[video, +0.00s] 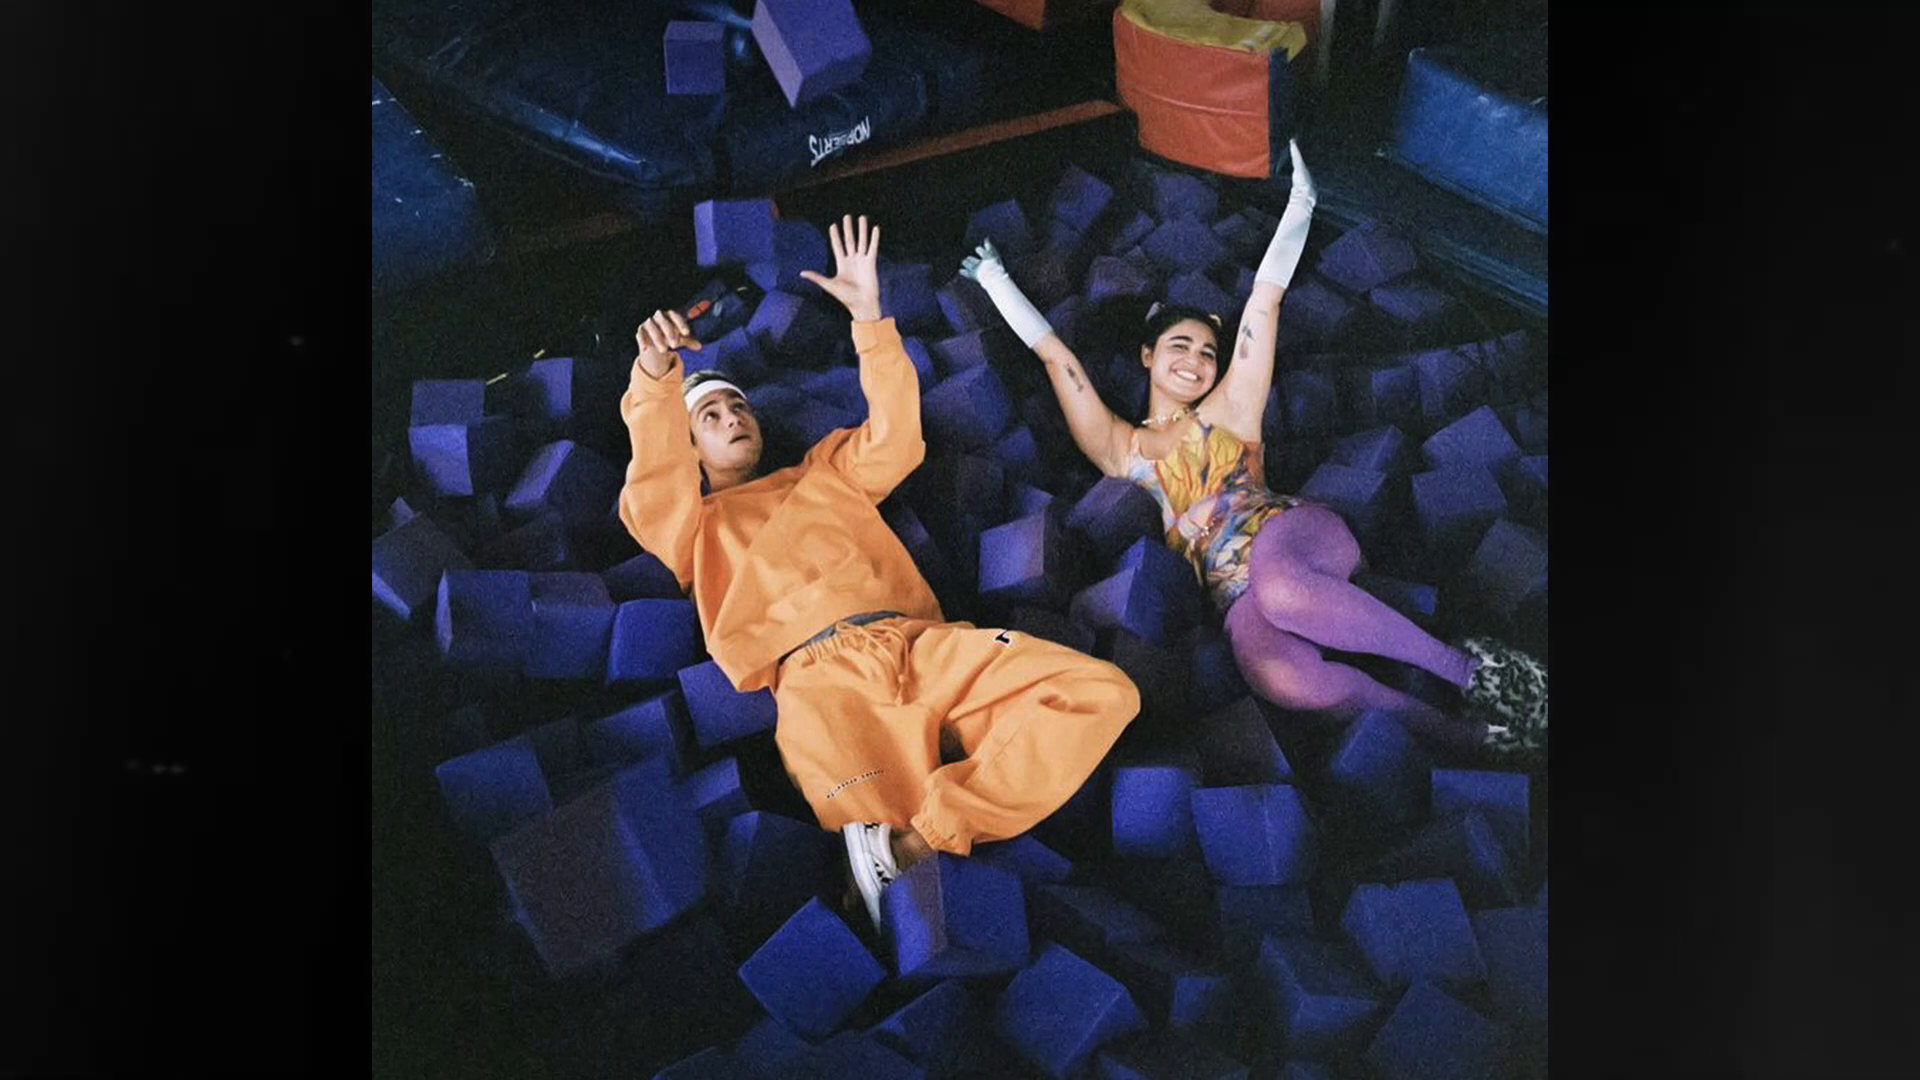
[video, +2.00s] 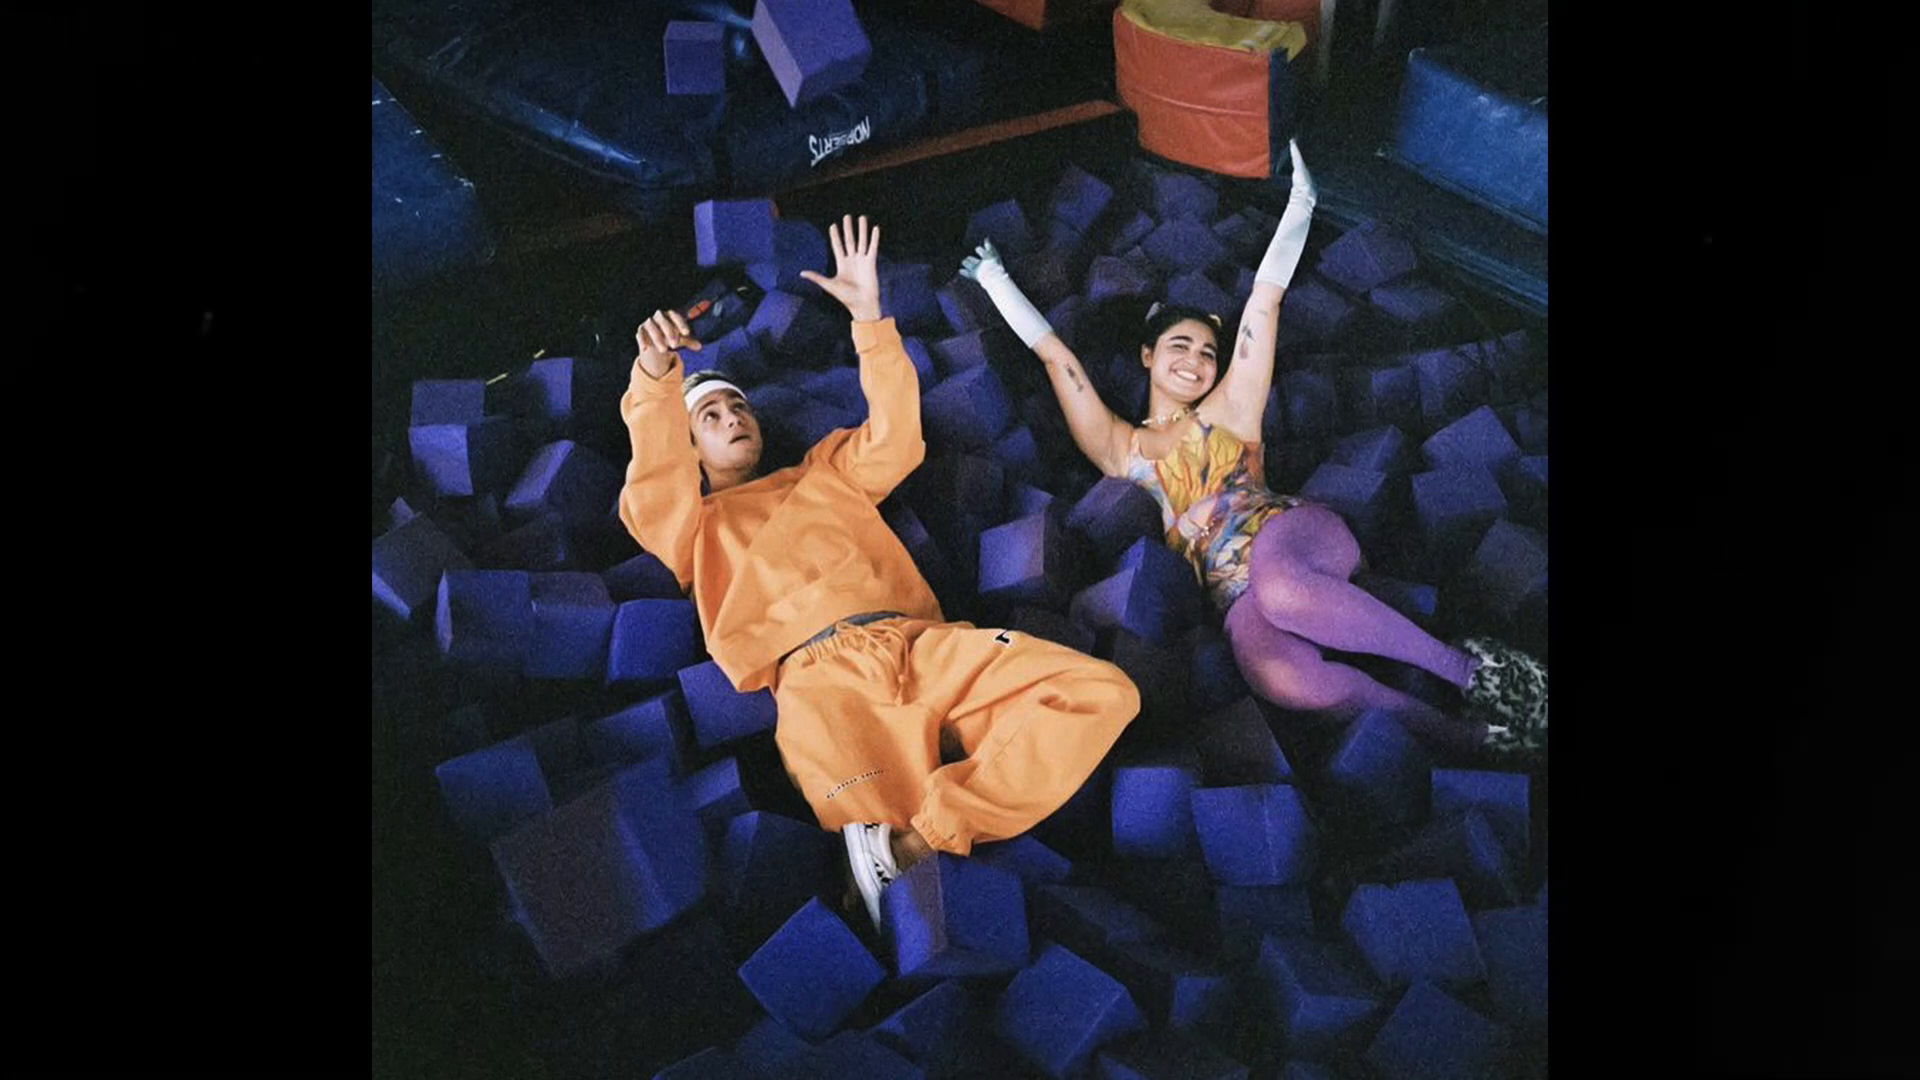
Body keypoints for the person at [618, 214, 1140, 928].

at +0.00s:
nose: (730, 418)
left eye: (738, 407)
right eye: (709, 415)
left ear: (761, 426)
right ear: (688, 449)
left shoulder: (827, 468)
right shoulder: (696, 525)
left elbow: (895, 435)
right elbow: (654, 477)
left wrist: (868, 317)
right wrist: (655, 373)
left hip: (917, 640)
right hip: (819, 673)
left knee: (1094, 693)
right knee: (880, 826)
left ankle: (915, 841)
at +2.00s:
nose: (730, 418)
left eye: (738, 407)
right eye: (709, 415)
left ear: (761, 426)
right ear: (688, 449)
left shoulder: (827, 468)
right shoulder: (696, 525)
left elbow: (895, 435)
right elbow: (654, 477)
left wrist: (868, 317)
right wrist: (655, 374)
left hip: (917, 640)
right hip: (819, 673)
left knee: (1094, 693)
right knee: (880, 827)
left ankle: (915, 841)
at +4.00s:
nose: (730, 418)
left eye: (738, 407)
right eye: (709, 415)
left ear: (761, 426)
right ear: (688, 448)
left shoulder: (827, 468)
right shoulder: (695, 525)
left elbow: (895, 436)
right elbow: (654, 477)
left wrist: (868, 317)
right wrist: (655, 373)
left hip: (918, 640)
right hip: (819, 673)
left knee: (1094, 692)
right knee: (880, 827)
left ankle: (917, 841)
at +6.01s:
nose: (731, 418)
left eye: (738, 407)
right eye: (709, 415)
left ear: (760, 425)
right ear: (687, 449)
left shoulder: (827, 468)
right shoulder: (696, 525)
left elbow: (895, 436)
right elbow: (655, 477)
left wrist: (868, 317)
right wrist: (655, 373)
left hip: (918, 641)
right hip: (820, 673)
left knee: (1094, 692)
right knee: (884, 833)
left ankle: (916, 841)